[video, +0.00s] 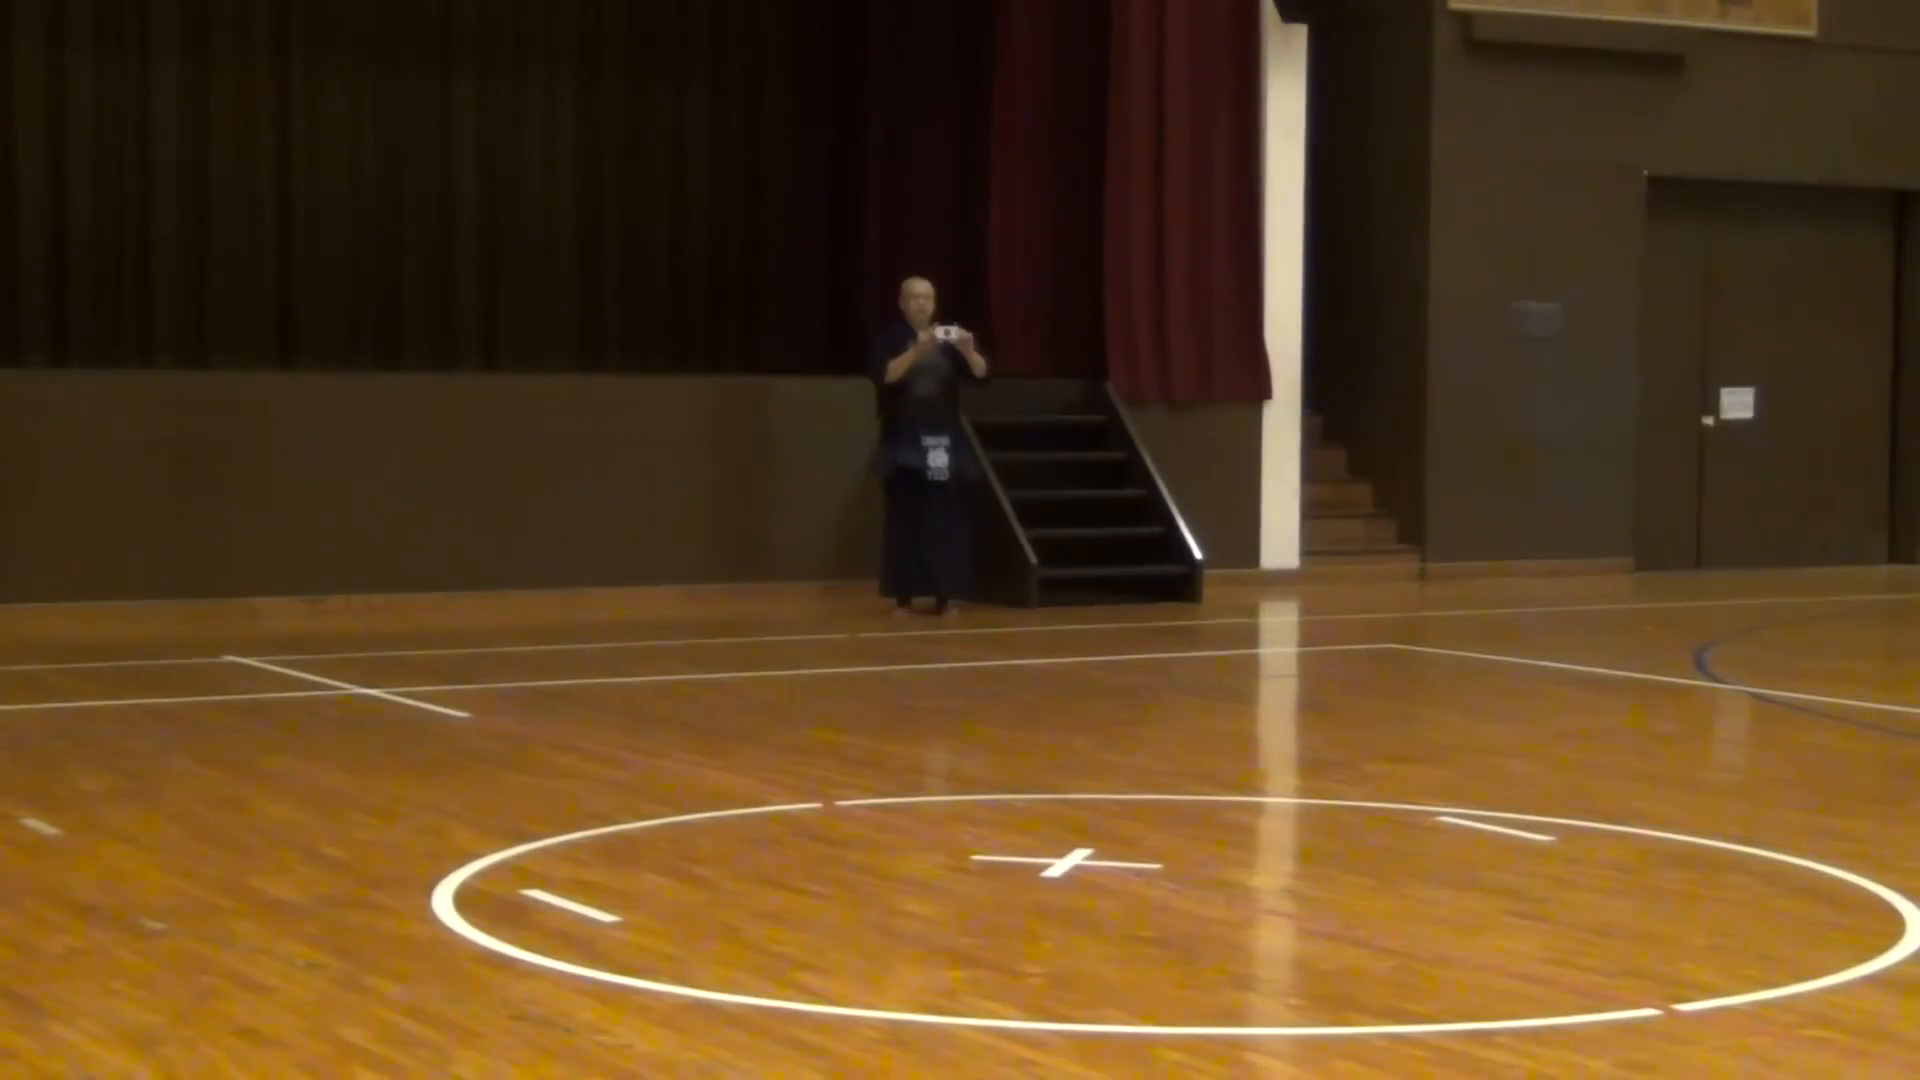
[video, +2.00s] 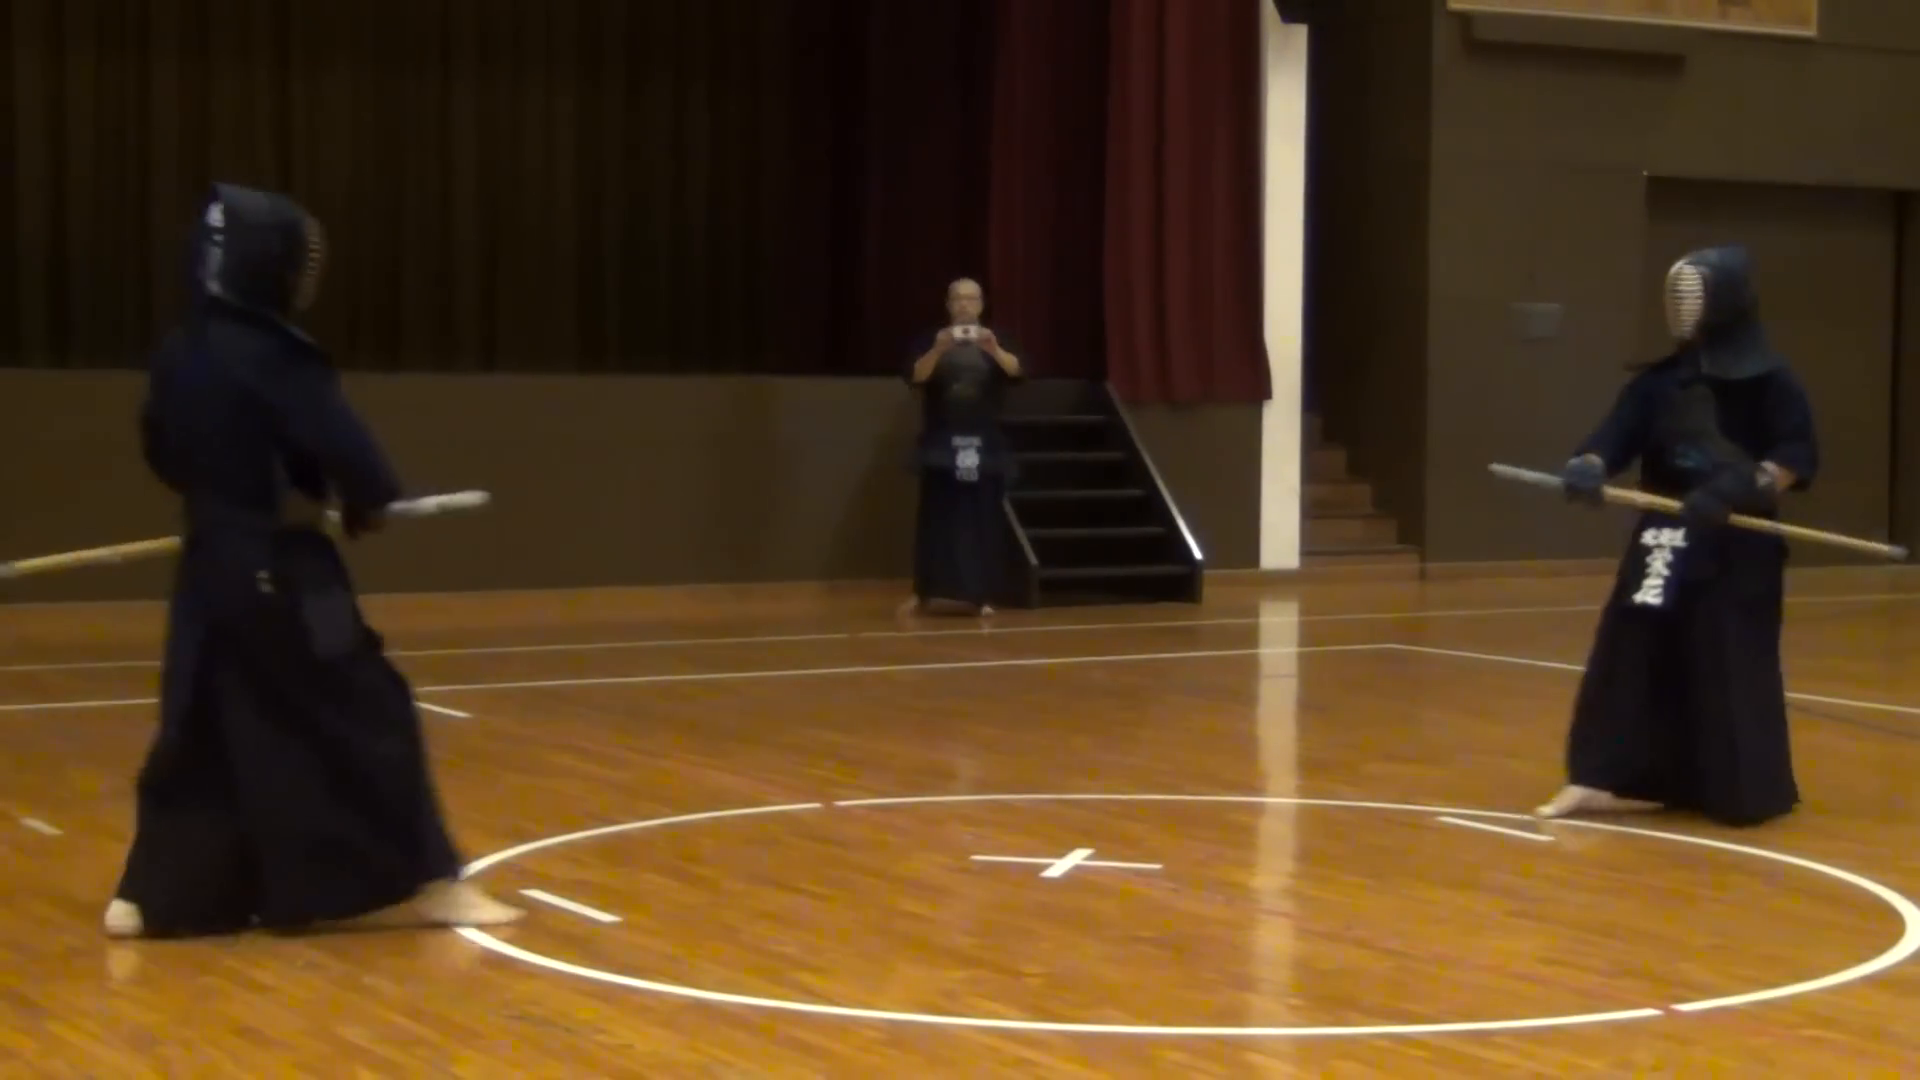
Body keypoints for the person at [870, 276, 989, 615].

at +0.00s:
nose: (921, 305)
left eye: (926, 298)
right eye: (914, 299)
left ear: (935, 303)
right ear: (902, 303)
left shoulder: (948, 339)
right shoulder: (891, 340)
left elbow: (981, 373)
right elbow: (885, 375)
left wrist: (967, 349)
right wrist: (918, 349)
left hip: (944, 437)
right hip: (905, 437)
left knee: (947, 511)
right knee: (905, 513)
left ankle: (948, 593)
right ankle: (903, 593)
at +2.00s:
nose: (965, 305)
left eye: (972, 299)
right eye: (959, 299)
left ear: (982, 303)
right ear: (949, 304)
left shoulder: (994, 341)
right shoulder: (934, 342)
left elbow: (1017, 371)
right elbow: (916, 376)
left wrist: (992, 348)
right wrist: (940, 348)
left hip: (983, 437)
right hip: (942, 437)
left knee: (984, 513)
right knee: (935, 512)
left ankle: (986, 596)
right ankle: (925, 591)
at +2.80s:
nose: (977, 304)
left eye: (984, 299)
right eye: (972, 298)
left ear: (994, 303)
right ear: (961, 302)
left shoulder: (1007, 341)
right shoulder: (948, 339)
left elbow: (1026, 371)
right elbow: (926, 374)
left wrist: (1004, 348)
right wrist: (950, 347)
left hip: (993, 435)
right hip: (952, 434)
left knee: (988, 510)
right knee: (948, 510)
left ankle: (983, 591)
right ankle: (942, 592)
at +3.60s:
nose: (975, 304)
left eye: (982, 299)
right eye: (969, 298)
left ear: (991, 303)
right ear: (959, 303)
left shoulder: (1002, 341)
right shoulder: (947, 340)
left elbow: (1024, 371)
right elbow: (926, 374)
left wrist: (1000, 347)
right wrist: (949, 346)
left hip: (990, 436)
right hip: (950, 436)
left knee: (988, 512)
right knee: (947, 512)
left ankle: (985, 593)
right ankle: (944, 592)